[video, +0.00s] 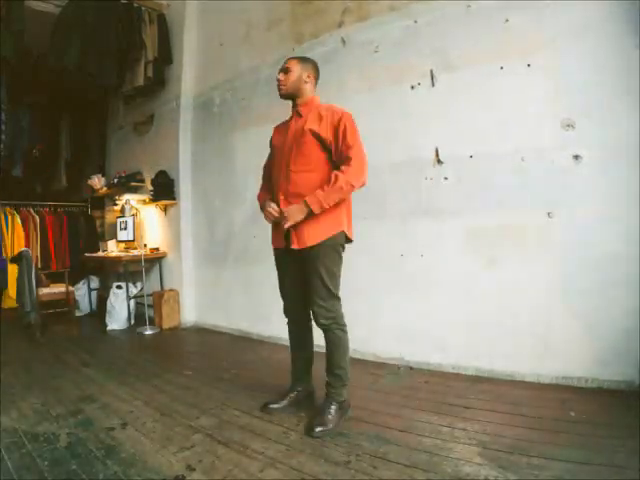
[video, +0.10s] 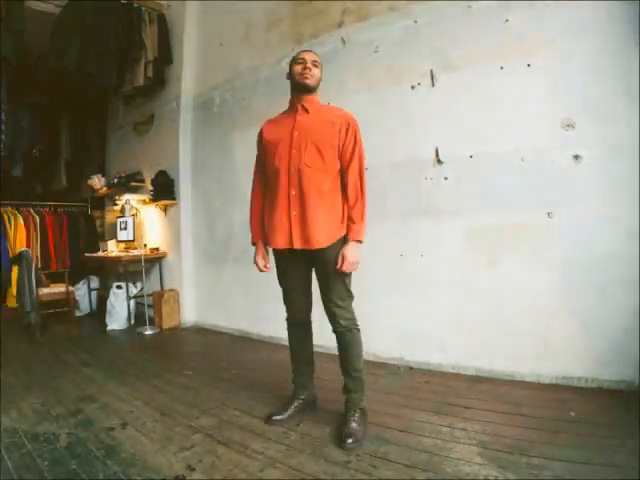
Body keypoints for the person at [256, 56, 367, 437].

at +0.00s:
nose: (279, 78)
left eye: (286, 71)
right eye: (279, 72)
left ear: (308, 78)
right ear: (290, 82)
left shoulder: (337, 119)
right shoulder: (280, 132)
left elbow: (355, 174)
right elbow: (268, 181)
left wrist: (305, 206)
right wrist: (267, 202)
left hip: (324, 233)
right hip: (286, 236)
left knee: (326, 313)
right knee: (296, 314)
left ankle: (336, 399)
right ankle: (300, 389)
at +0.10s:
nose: (308, 67)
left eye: (314, 63)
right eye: (301, 62)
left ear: (321, 76)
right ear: (289, 74)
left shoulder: (342, 122)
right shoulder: (270, 129)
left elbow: (355, 184)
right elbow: (260, 188)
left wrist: (354, 238)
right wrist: (259, 238)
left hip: (330, 237)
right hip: (286, 239)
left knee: (342, 320)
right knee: (297, 320)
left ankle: (355, 408)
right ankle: (302, 396)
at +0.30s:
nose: (330, 75)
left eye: (336, 69)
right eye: (323, 70)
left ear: (349, 74)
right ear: (316, 79)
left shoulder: (370, 126)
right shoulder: (303, 130)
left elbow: (385, 181)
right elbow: (293, 186)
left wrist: (391, 231)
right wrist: (297, 236)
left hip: (365, 237)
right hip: (322, 239)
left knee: (365, 315)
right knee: (328, 316)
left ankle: (364, 384)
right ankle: (333, 387)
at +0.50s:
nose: (298, 79)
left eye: (304, 72)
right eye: (298, 73)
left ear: (327, 75)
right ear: (316, 78)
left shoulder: (361, 114)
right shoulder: (305, 130)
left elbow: (378, 172)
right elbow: (299, 178)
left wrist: (325, 191)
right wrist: (294, 192)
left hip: (349, 233)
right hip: (311, 233)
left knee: (355, 315)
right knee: (318, 314)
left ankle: (362, 401)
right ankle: (321, 388)